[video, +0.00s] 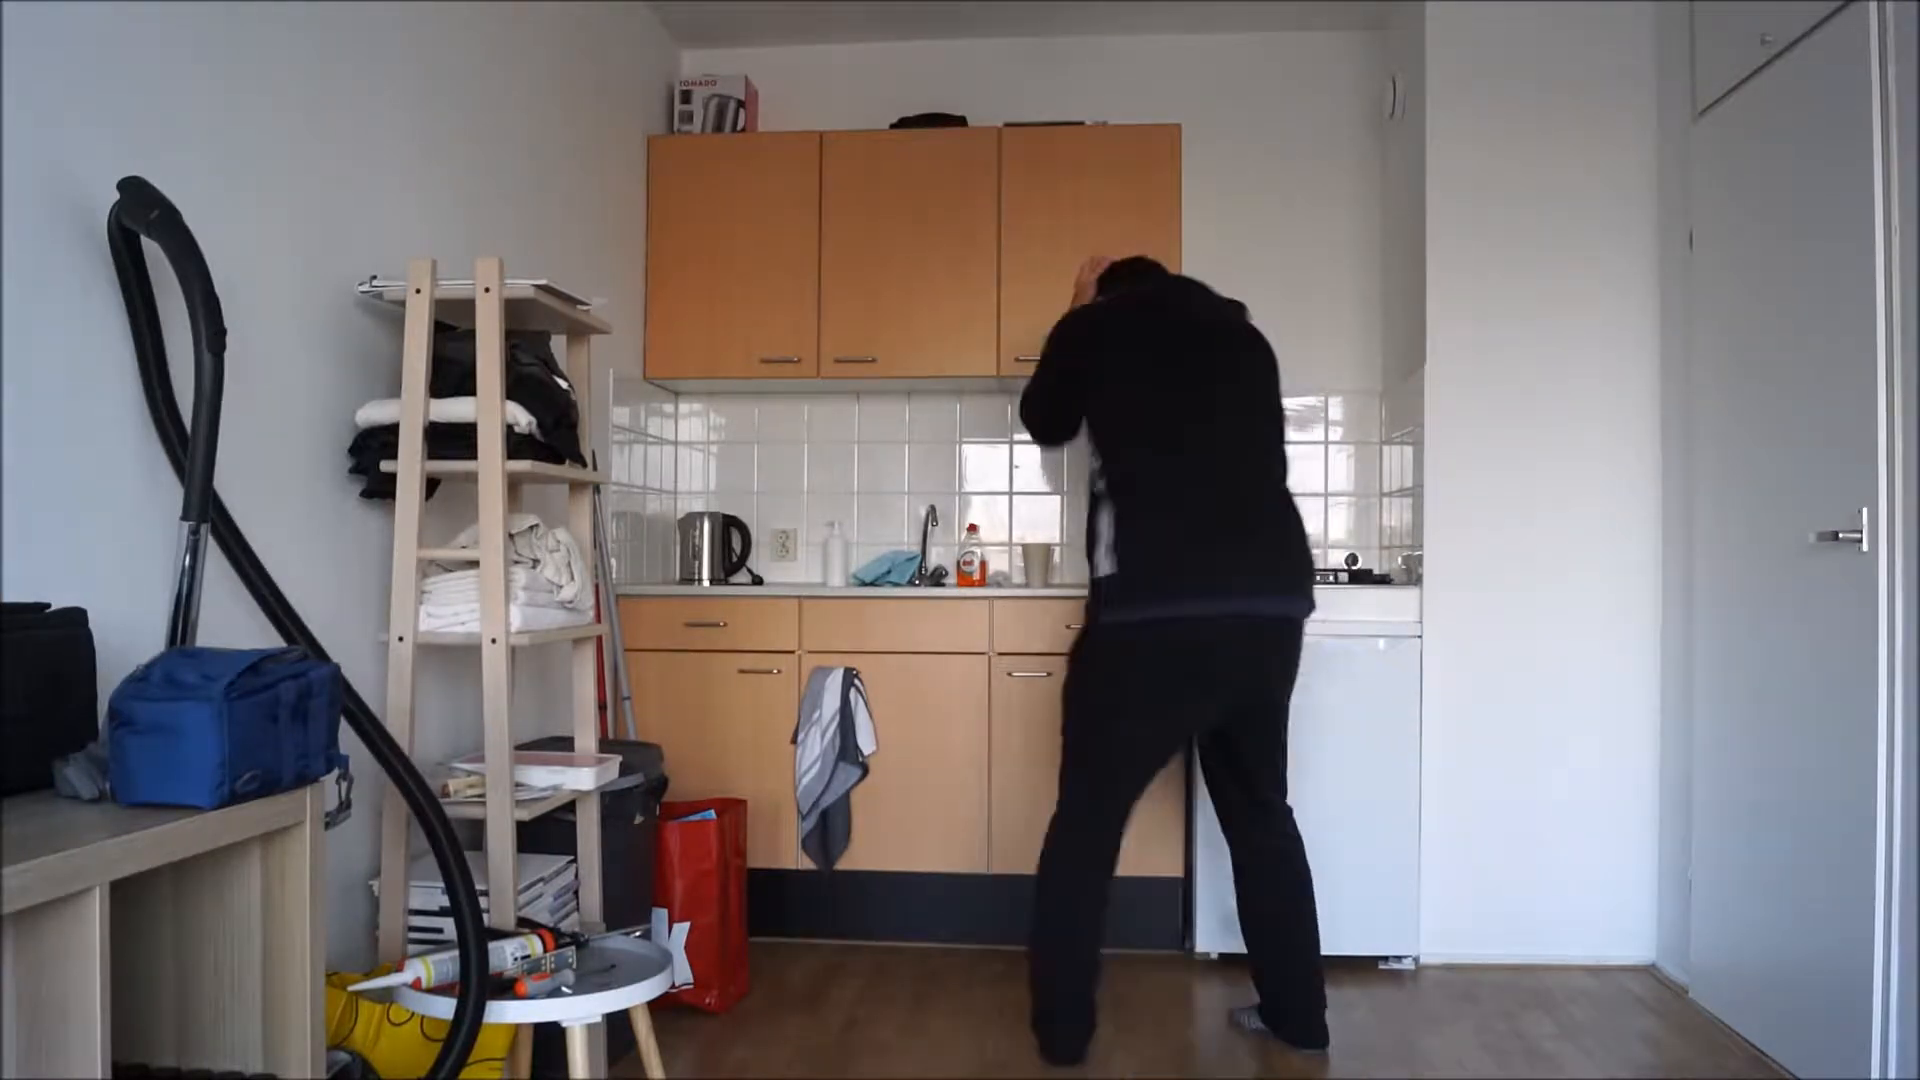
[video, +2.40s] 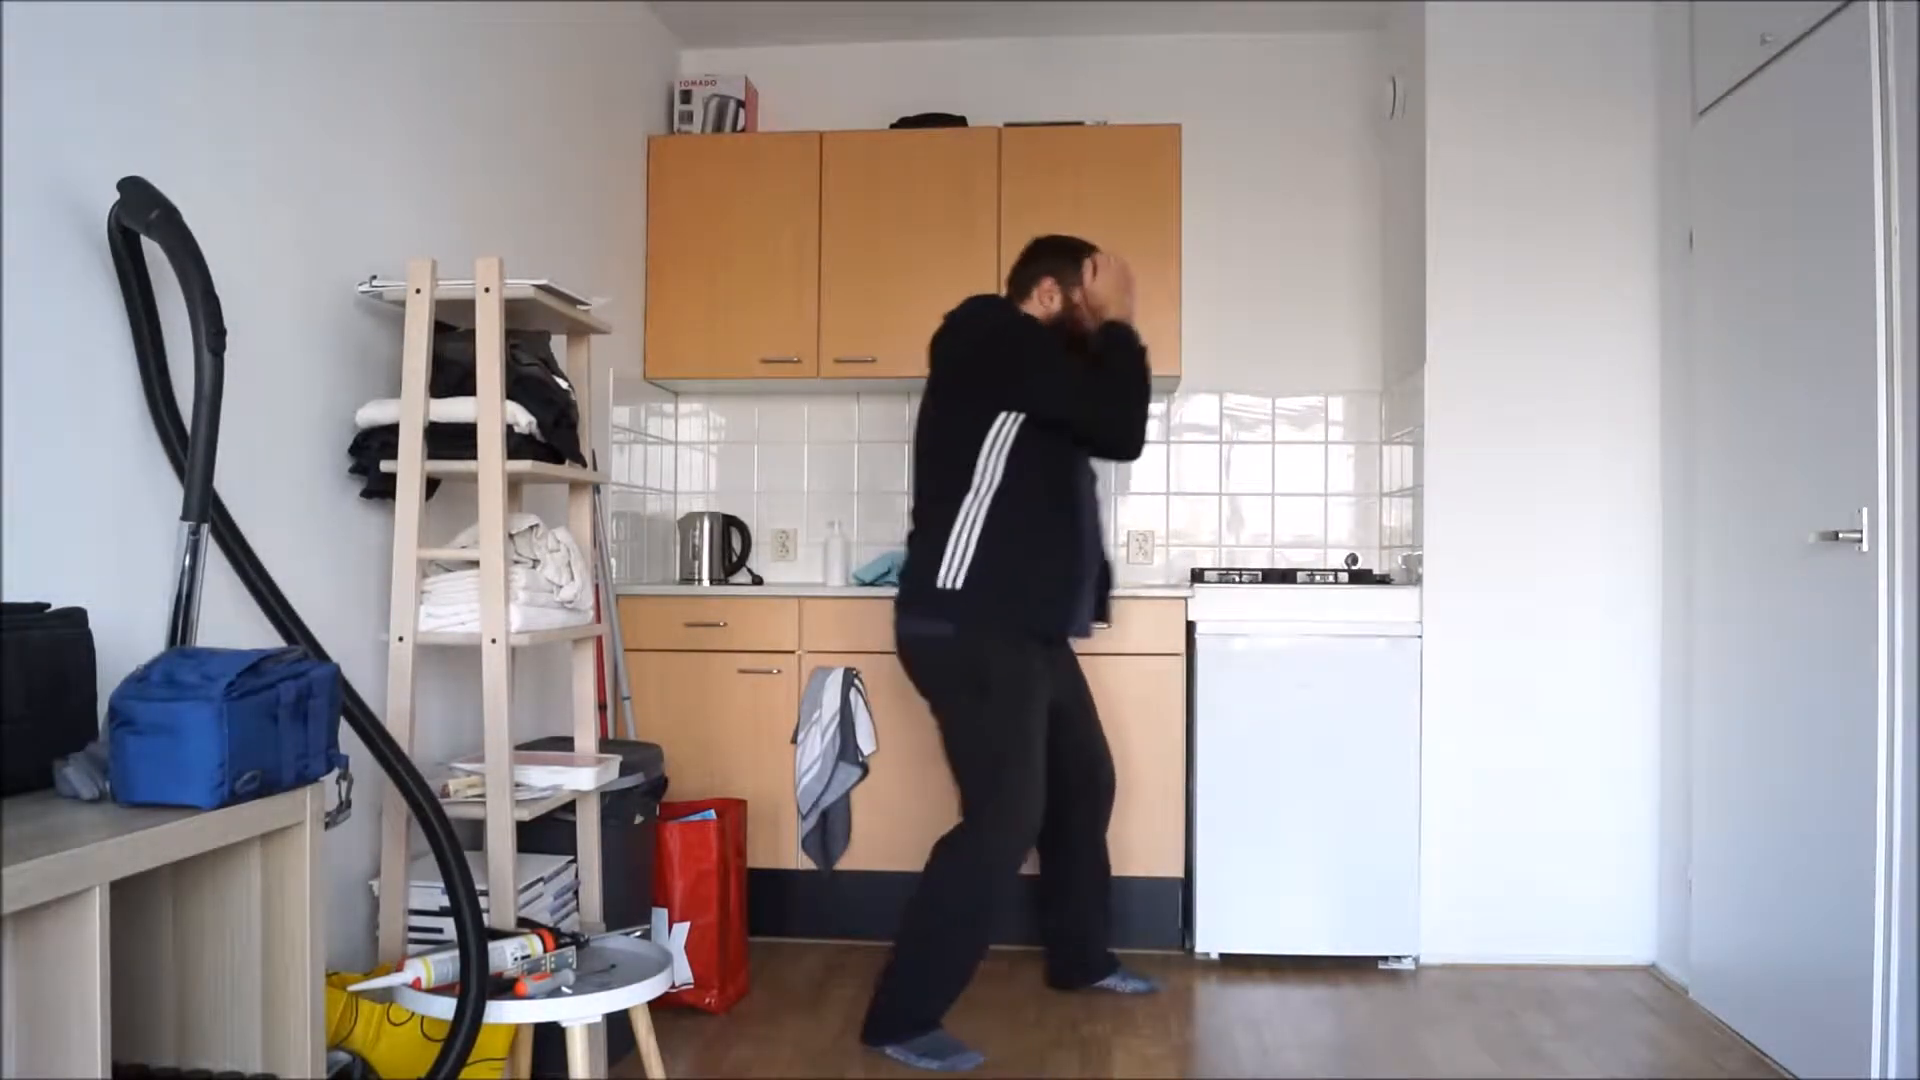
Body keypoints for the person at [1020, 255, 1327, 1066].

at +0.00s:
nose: (1090, 293)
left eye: (1093, 288)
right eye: (1098, 287)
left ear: (1107, 292)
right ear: (1174, 285)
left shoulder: (1092, 332)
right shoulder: (1246, 337)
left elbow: (1046, 422)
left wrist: (1077, 318)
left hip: (1151, 613)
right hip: (1267, 610)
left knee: (1087, 817)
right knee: (1259, 807)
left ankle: (1063, 1028)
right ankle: (1300, 1015)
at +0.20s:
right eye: (1135, 272)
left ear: (1061, 284)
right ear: (1140, 278)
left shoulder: (1013, 352)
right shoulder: (1191, 325)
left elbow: (1034, 465)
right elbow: (1220, 435)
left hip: (1071, 631)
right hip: (1192, 626)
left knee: (1062, 836)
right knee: (1239, 824)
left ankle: (1065, 1032)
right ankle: (1252, 1029)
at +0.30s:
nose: (1133, 273)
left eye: (1115, 267)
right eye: (1132, 264)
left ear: (1049, 271)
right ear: (1128, 269)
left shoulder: (998, 344)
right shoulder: (1168, 314)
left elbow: (1016, 462)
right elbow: (1216, 429)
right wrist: (1153, 354)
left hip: (1046, 618)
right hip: (1156, 613)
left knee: (1061, 820)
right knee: (1217, 791)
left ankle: (1064, 1027)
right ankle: (1149, 1010)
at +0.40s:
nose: (1138, 277)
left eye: (1130, 267)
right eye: (1135, 266)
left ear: (1047, 263)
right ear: (1119, 263)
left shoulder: (985, 337)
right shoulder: (1141, 319)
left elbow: (1007, 452)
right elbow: (1211, 411)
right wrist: (1163, 313)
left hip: (1016, 616)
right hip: (1114, 615)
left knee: (1059, 811)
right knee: (1156, 803)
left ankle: (1062, 1024)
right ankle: (1015, 1014)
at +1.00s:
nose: (1138, 286)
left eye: (1139, 270)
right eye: (1131, 269)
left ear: (1077, 262)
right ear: (1085, 262)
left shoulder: (1057, 324)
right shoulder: (1025, 307)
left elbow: (1138, 424)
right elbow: (1151, 403)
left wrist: (1148, 309)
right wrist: (1153, 298)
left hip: (1018, 610)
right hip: (969, 612)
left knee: (1067, 782)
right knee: (1020, 807)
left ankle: (1030, 976)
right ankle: (956, 1053)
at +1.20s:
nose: (1166, 420)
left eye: (1171, 407)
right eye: (1164, 404)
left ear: (1113, 385)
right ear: (1122, 387)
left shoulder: (1076, 422)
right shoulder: (1054, 411)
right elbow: (1151, 536)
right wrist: (1178, 436)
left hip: (992, 665)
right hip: (943, 671)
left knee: (1089, 791)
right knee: (1056, 837)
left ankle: (1032, 972)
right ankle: (958, 1058)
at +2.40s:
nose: (1096, 319)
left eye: (1098, 304)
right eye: (1091, 303)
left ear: (1041, 293)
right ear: (1049, 293)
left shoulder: (1027, 351)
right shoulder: (990, 335)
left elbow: (1115, 432)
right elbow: (1121, 426)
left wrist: (1107, 335)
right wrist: (1116, 327)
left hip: (1023, 625)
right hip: (968, 625)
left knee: (1084, 783)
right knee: (1004, 815)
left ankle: (1078, 960)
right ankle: (900, 1023)